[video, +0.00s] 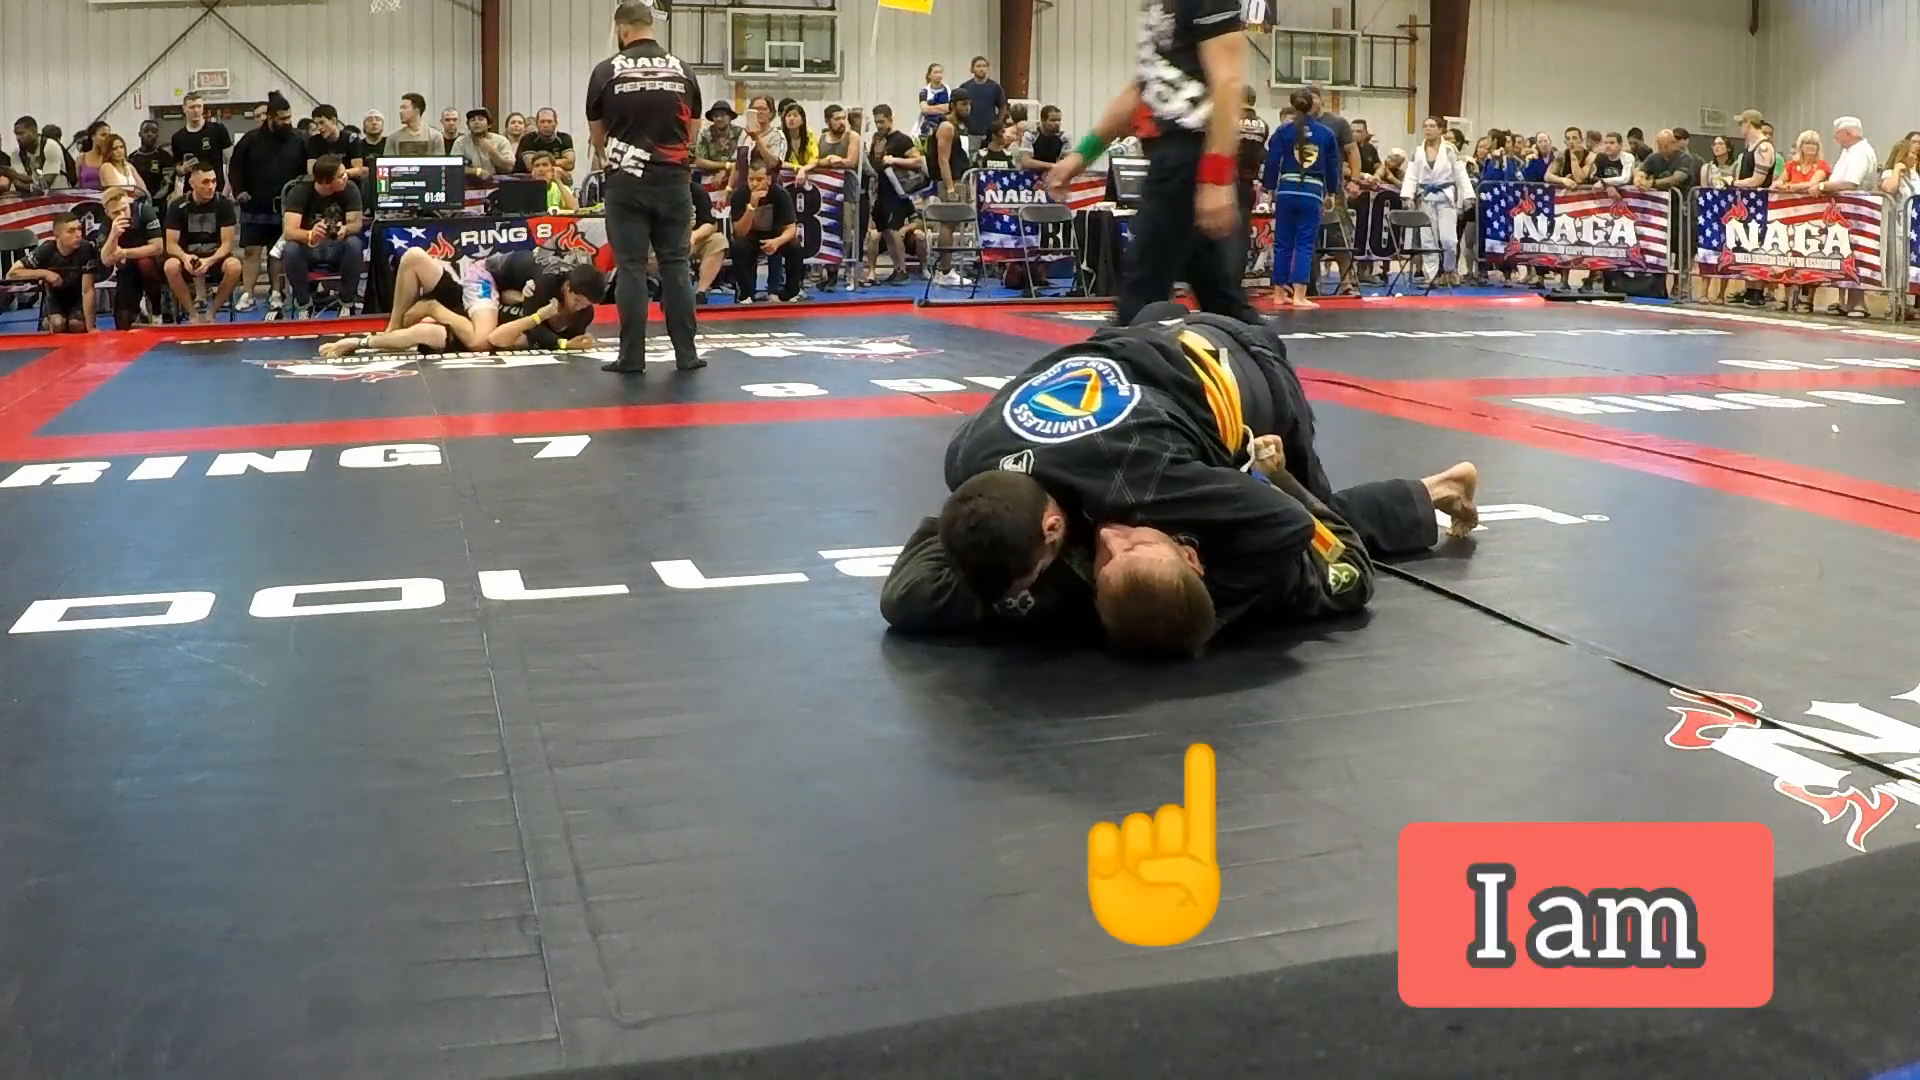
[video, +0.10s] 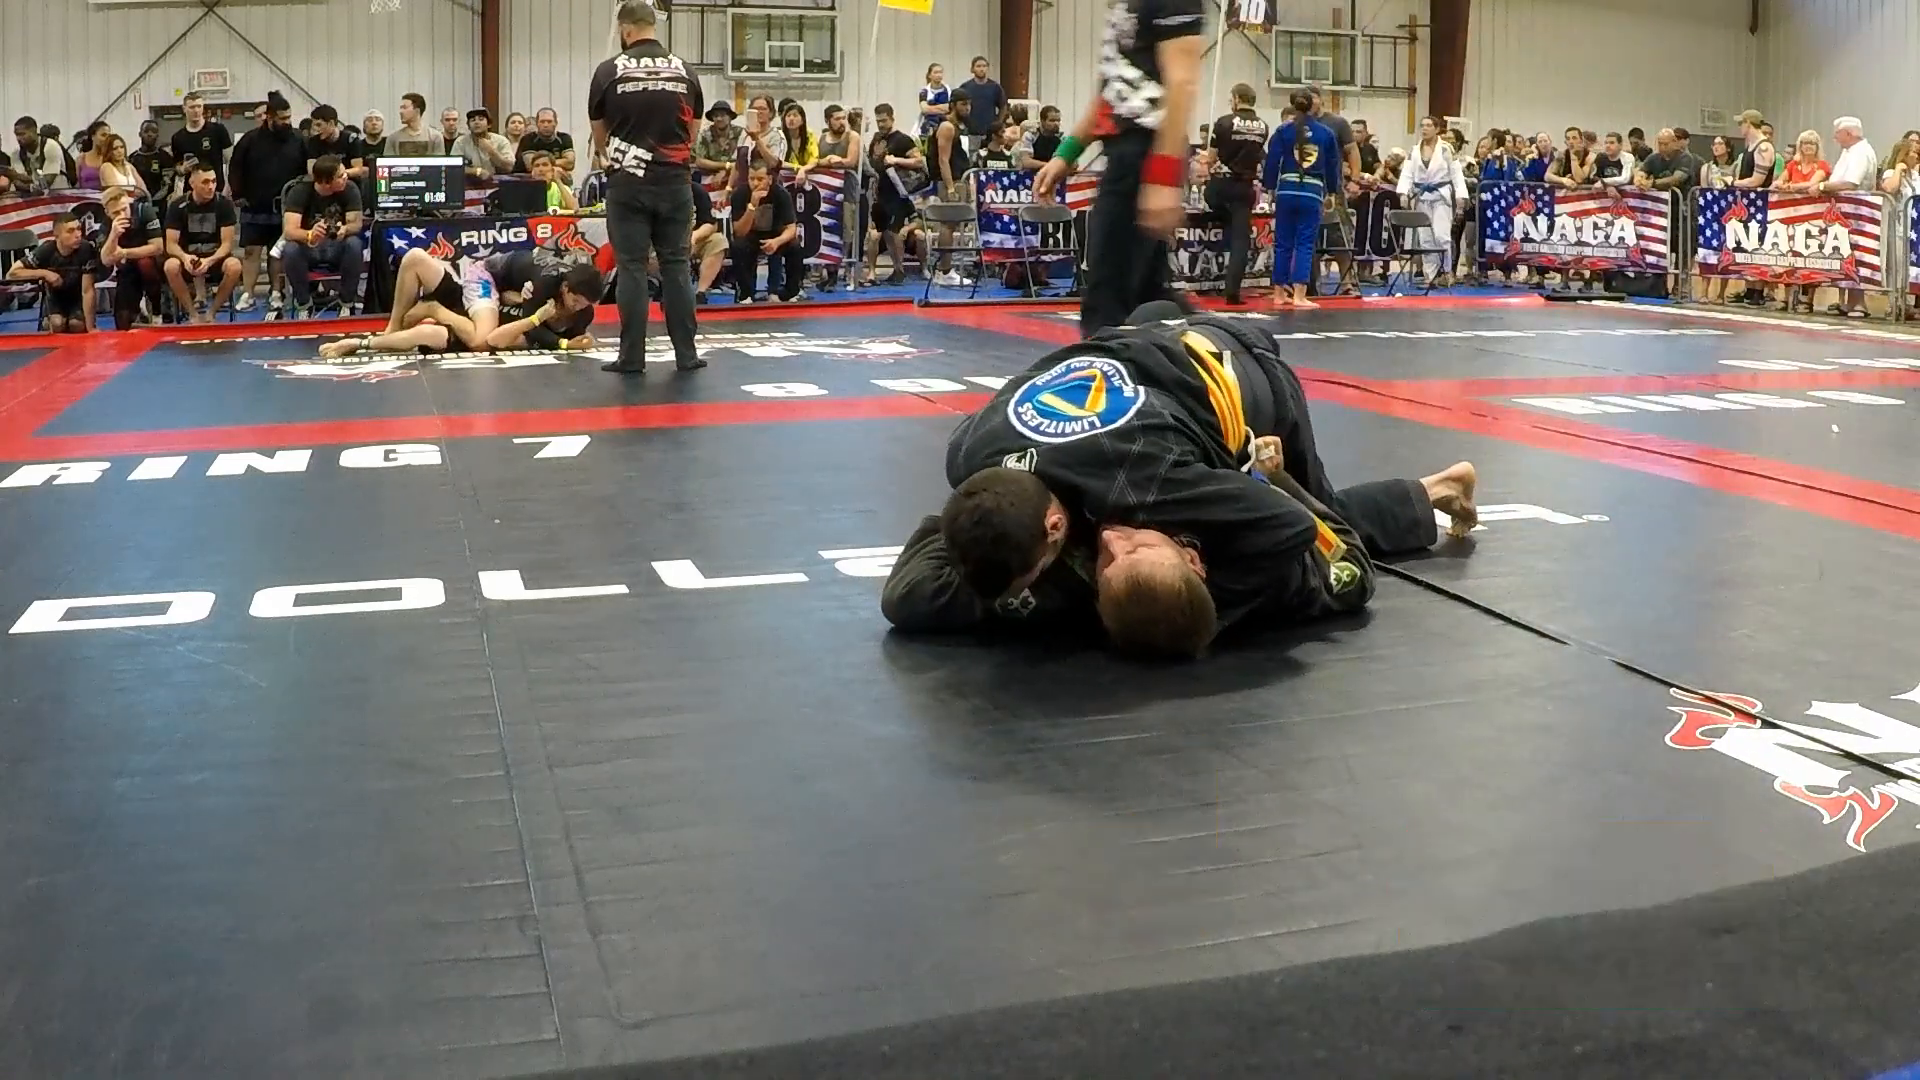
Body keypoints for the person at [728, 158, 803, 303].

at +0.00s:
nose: (755, 184)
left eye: (760, 179)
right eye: (751, 179)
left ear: (769, 180)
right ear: (747, 179)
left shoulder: (781, 195)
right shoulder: (739, 195)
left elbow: (791, 229)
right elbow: (739, 232)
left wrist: (777, 242)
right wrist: (751, 206)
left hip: (776, 236)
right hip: (752, 236)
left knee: (795, 249)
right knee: (740, 247)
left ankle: (791, 294)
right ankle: (745, 295)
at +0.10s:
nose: (755, 183)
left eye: (760, 179)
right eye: (752, 179)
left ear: (769, 179)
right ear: (748, 178)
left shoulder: (781, 195)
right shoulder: (740, 194)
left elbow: (791, 229)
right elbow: (739, 232)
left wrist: (777, 242)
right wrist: (752, 206)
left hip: (775, 236)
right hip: (752, 235)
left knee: (795, 249)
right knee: (740, 247)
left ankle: (790, 293)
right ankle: (745, 295)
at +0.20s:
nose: (757, 182)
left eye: (761, 178)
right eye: (753, 178)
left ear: (771, 179)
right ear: (749, 178)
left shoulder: (782, 194)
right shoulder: (741, 194)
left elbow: (791, 229)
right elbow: (739, 231)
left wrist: (777, 241)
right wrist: (753, 206)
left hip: (776, 236)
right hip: (752, 236)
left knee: (794, 249)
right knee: (741, 247)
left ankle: (792, 293)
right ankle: (746, 295)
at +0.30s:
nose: (759, 181)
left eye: (763, 177)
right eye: (755, 177)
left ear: (773, 177)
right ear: (751, 177)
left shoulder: (784, 194)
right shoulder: (743, 193)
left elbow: (792, 228)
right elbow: (740, 230)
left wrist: (777, 240)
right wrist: (755, 205)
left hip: (777, 235)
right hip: (753, 236)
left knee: (795, 249)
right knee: (741, 247)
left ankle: (791, 293)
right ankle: (746, 295)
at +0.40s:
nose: (762, 180)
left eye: (767, 175)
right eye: (758, 175)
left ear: (775, 176)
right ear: (753, 175)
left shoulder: (785, 193)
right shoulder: (744, 193)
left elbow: (792, 229)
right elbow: (741, 230)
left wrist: (778, 240)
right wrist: (757, 206)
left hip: (777, 235)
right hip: (752, 235)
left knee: (794, 249)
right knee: (742, 248)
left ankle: (791, 294)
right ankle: (746, 295)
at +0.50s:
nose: (765, 178)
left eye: (770, 174)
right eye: (762, 174)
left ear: (778, 175)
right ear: (757, 174)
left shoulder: (787, 193)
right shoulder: (746, 192)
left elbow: (792, 229)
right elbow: (740, 229)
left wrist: (779, 239)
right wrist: (760, 208)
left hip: (778, 235)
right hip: (753, 235)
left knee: (795, 250)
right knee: (743, 248)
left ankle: (790, 294)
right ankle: (746, 295)